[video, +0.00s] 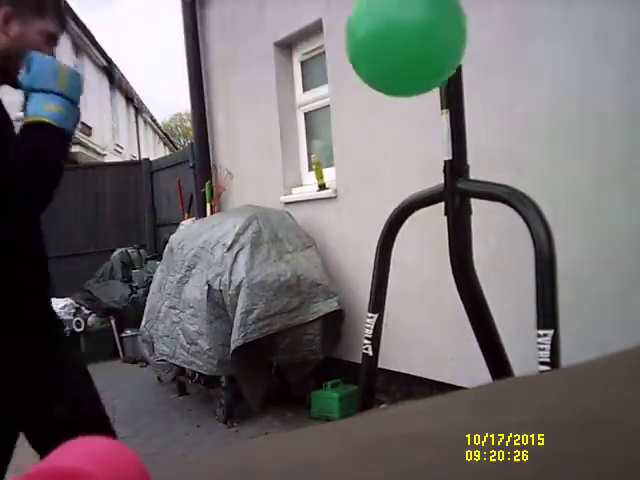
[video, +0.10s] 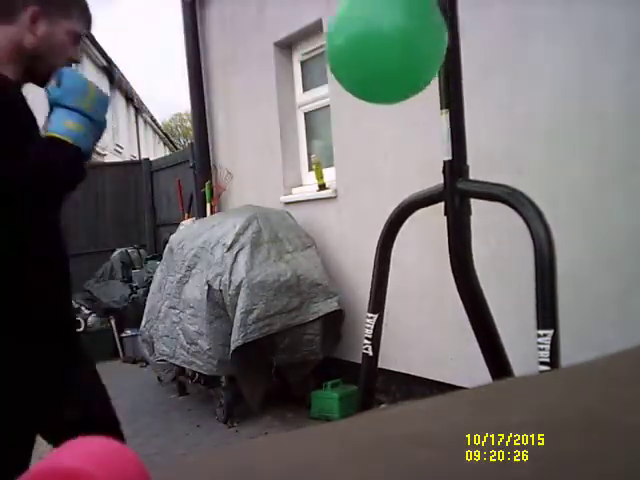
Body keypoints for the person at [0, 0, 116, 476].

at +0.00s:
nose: (51, 50)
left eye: (56, 40)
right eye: (48, 35)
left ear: (10, 23)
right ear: (8, 19)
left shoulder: (1, 106)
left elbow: (18, 205)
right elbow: (17, 205)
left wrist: (48, 110)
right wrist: (50, 105)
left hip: (22, 322)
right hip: (13, 326)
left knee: (93, 462)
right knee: (94, 461)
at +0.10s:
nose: (77, 55)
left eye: (81, 41)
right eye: (74, 37)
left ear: (34, 24)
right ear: (34, 21)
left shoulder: (15, 103)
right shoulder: (6, 103)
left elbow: (26, 205)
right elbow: (24, 204)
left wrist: (69, 132)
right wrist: (71, 127)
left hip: (38, 331)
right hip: (21, 335)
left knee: (103, 460)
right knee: (103, 460)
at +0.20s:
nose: (88, 44)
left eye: (92, 30)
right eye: (85, 25)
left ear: (44, 12)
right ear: (44, 9)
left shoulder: (21, 87)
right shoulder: (6, 84)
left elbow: (31, 197)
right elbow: (18, 198)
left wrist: (75, 124)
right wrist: (73, 117)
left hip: (42, 321)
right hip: (21, 325)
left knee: (87, 456)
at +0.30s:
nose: (87, 39)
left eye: (91, 25)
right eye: (83, 21)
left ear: (41, 11)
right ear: (41, 8)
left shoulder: (25, 84)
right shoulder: (6, 81)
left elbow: (62, 177)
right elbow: (27, 187)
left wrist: (81, 107)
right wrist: (70, 102)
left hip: (43, 318)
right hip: (21, 322)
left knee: (96, 450)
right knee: (100, 448)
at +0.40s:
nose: (83, 53)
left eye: (87, 40)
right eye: (78, 36)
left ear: (37, 18)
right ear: (38, 16)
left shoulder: (23, 100)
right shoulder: (4, 99)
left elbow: (54, 191)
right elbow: (40, 190)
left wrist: (80, 126)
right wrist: (70, 114)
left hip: (42, 325)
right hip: (19, 332)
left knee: (131, 437)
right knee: (131, 437)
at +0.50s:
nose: (83, 54)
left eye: (88, 39)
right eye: (82, 34)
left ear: (40, 18)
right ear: (40, 16)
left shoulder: (29, 108)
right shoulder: (12, 108)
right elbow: (13, 228)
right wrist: (61, 154)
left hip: (50, 327)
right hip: (27, 333)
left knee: (144, 432)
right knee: (143, 431)